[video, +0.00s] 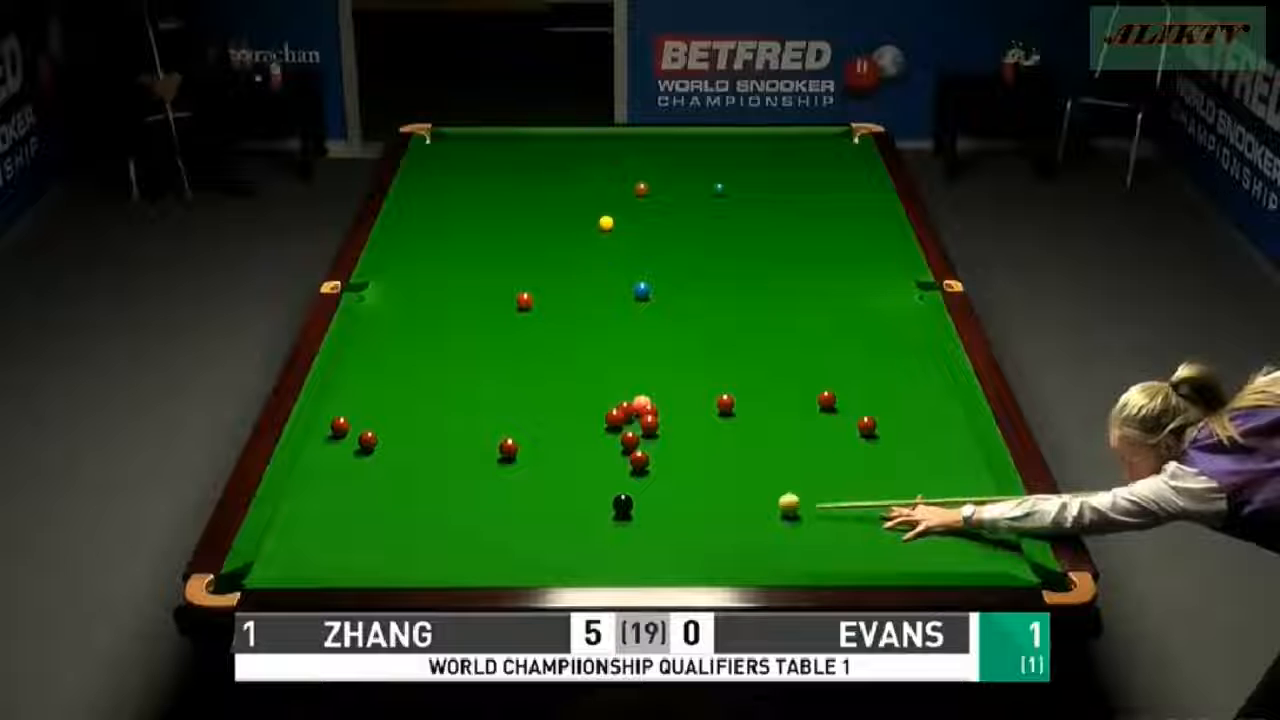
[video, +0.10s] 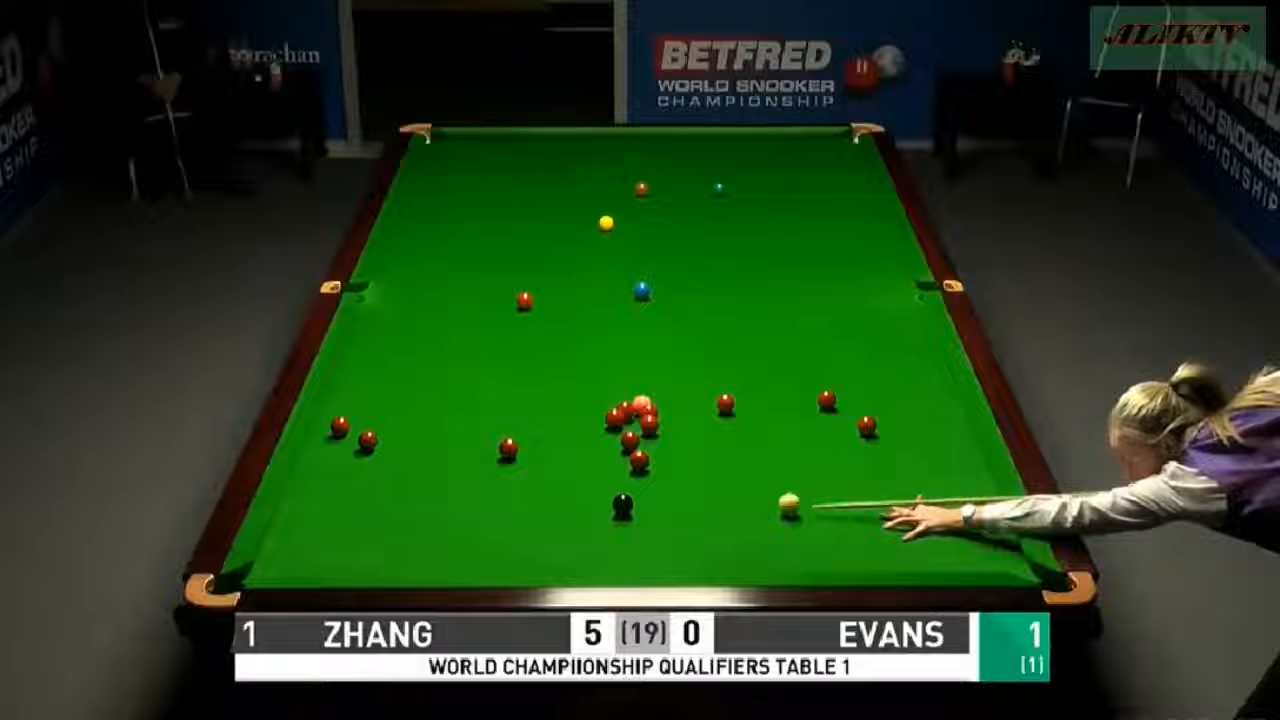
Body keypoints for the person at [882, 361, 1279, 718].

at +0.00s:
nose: (1122, 471)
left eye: (1126, 458)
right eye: (1118, 457)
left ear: (1163, 448)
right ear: (1183, 430)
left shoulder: (1190, 481)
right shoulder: (1256, 401)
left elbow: (1078, 512)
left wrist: (962, 515)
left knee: (1257, 710)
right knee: (1256, 706)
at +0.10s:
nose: (1122, 471)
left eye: (1126, 458)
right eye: (1118, 458)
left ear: (1163, 448)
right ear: (1183, 429)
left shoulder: (1189, 481)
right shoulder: (1256, 401)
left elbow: (1078, 511)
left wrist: (962, 515)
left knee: (1257, 710)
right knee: (1256, 706)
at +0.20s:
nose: (1122, 470)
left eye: (1126, 458)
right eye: (1118, 457)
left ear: (1163, 448)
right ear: (1183, 429)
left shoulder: (1189, 481)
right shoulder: (1255, 402)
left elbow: (1078, 511)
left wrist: (962, 515)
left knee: (1257, 710)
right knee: (1256, 706)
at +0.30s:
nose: (1122, 471)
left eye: (1127, 458)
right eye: (1118, 458)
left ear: (1163, 448)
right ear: (1183, 429)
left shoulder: (1189, 482)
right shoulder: (1255, 402)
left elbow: (1078, 511)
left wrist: (962, 515)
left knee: (1257, 710)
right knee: (1256, 706)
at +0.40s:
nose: (1122, 471)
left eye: (1126, 458)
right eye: (1119, 458)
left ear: (1162, 449)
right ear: (1184, 428)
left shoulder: (1188, 482)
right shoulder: (1256, 400)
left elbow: (1076, 511)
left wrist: (961, 515)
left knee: (1257, 709)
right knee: (1256, 706)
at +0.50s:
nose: (1122, 471)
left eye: (1126, 458)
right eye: (1118, 457)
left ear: (1163, 448)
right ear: (1183, 429)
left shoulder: (1188, 482)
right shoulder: (1255, 402)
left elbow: (1077, 511)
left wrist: (962, 515)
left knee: (1257, 710)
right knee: (1256, 706)